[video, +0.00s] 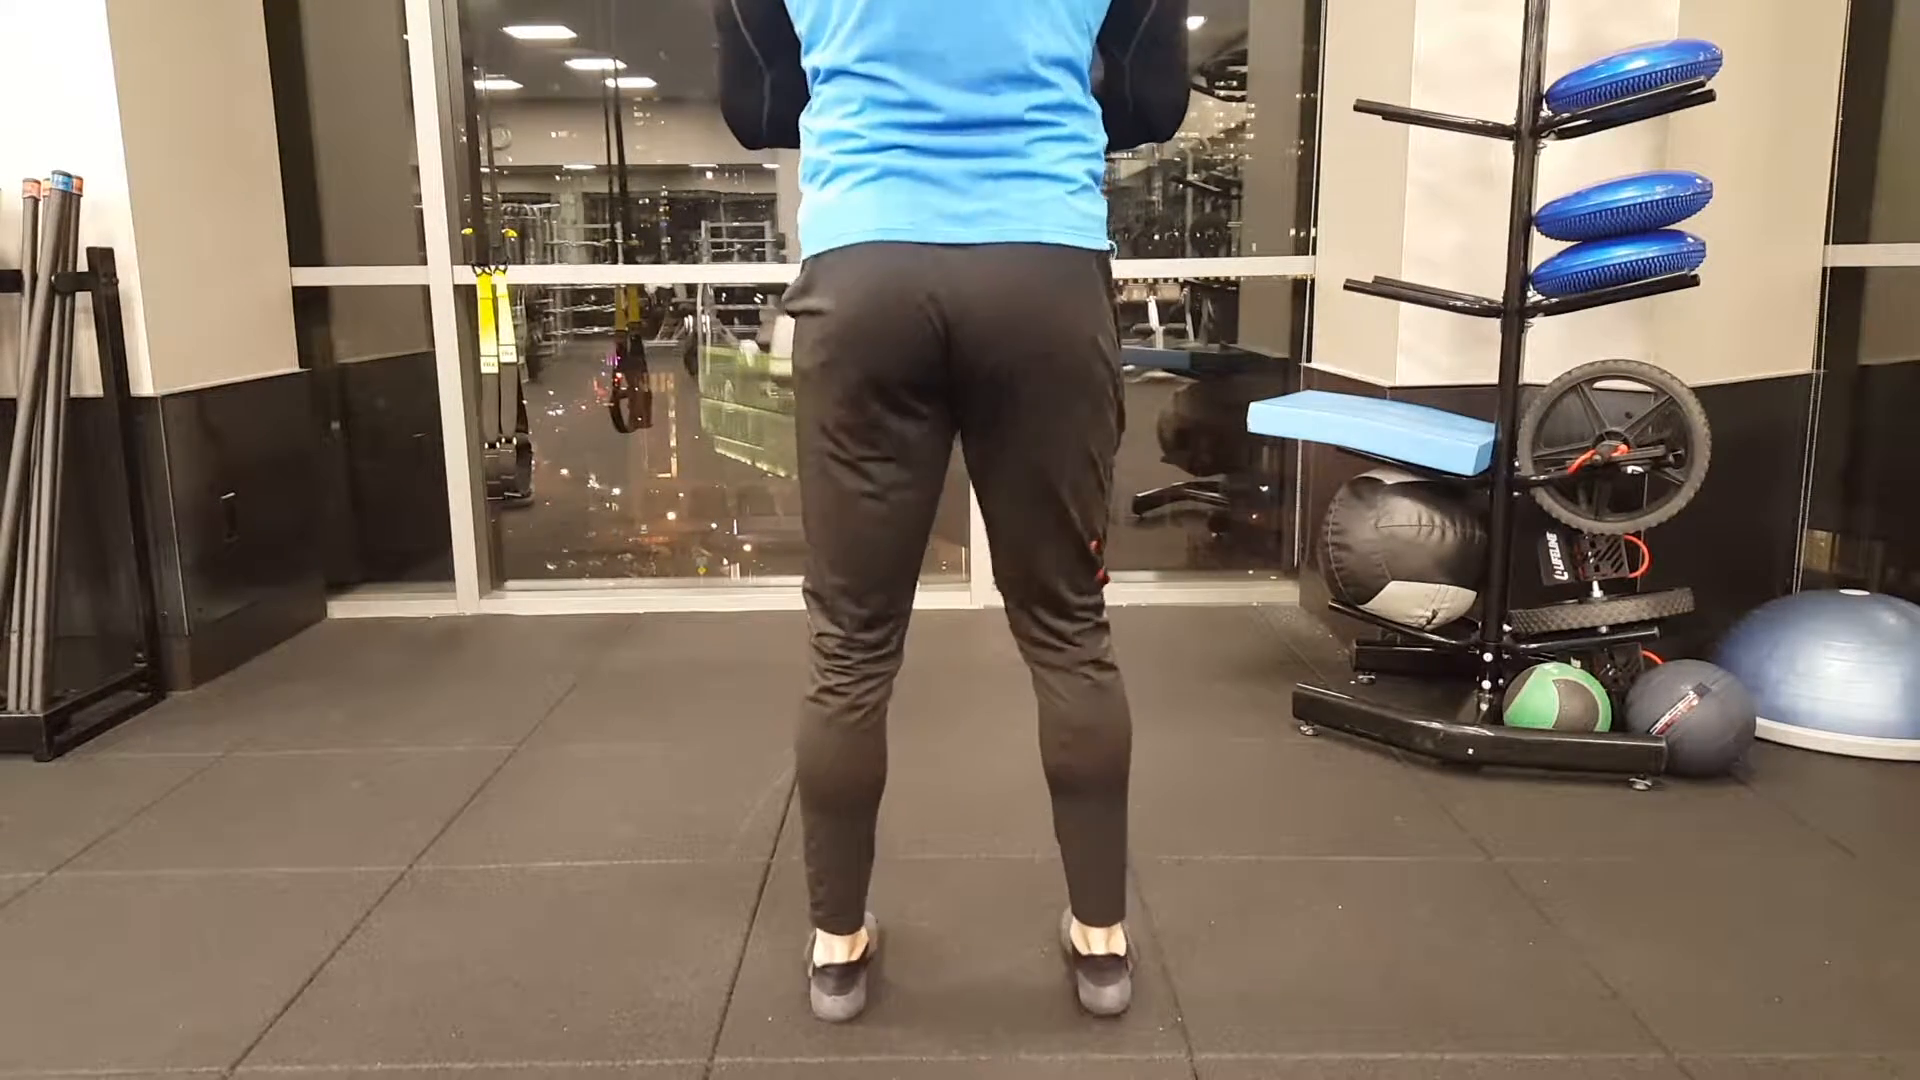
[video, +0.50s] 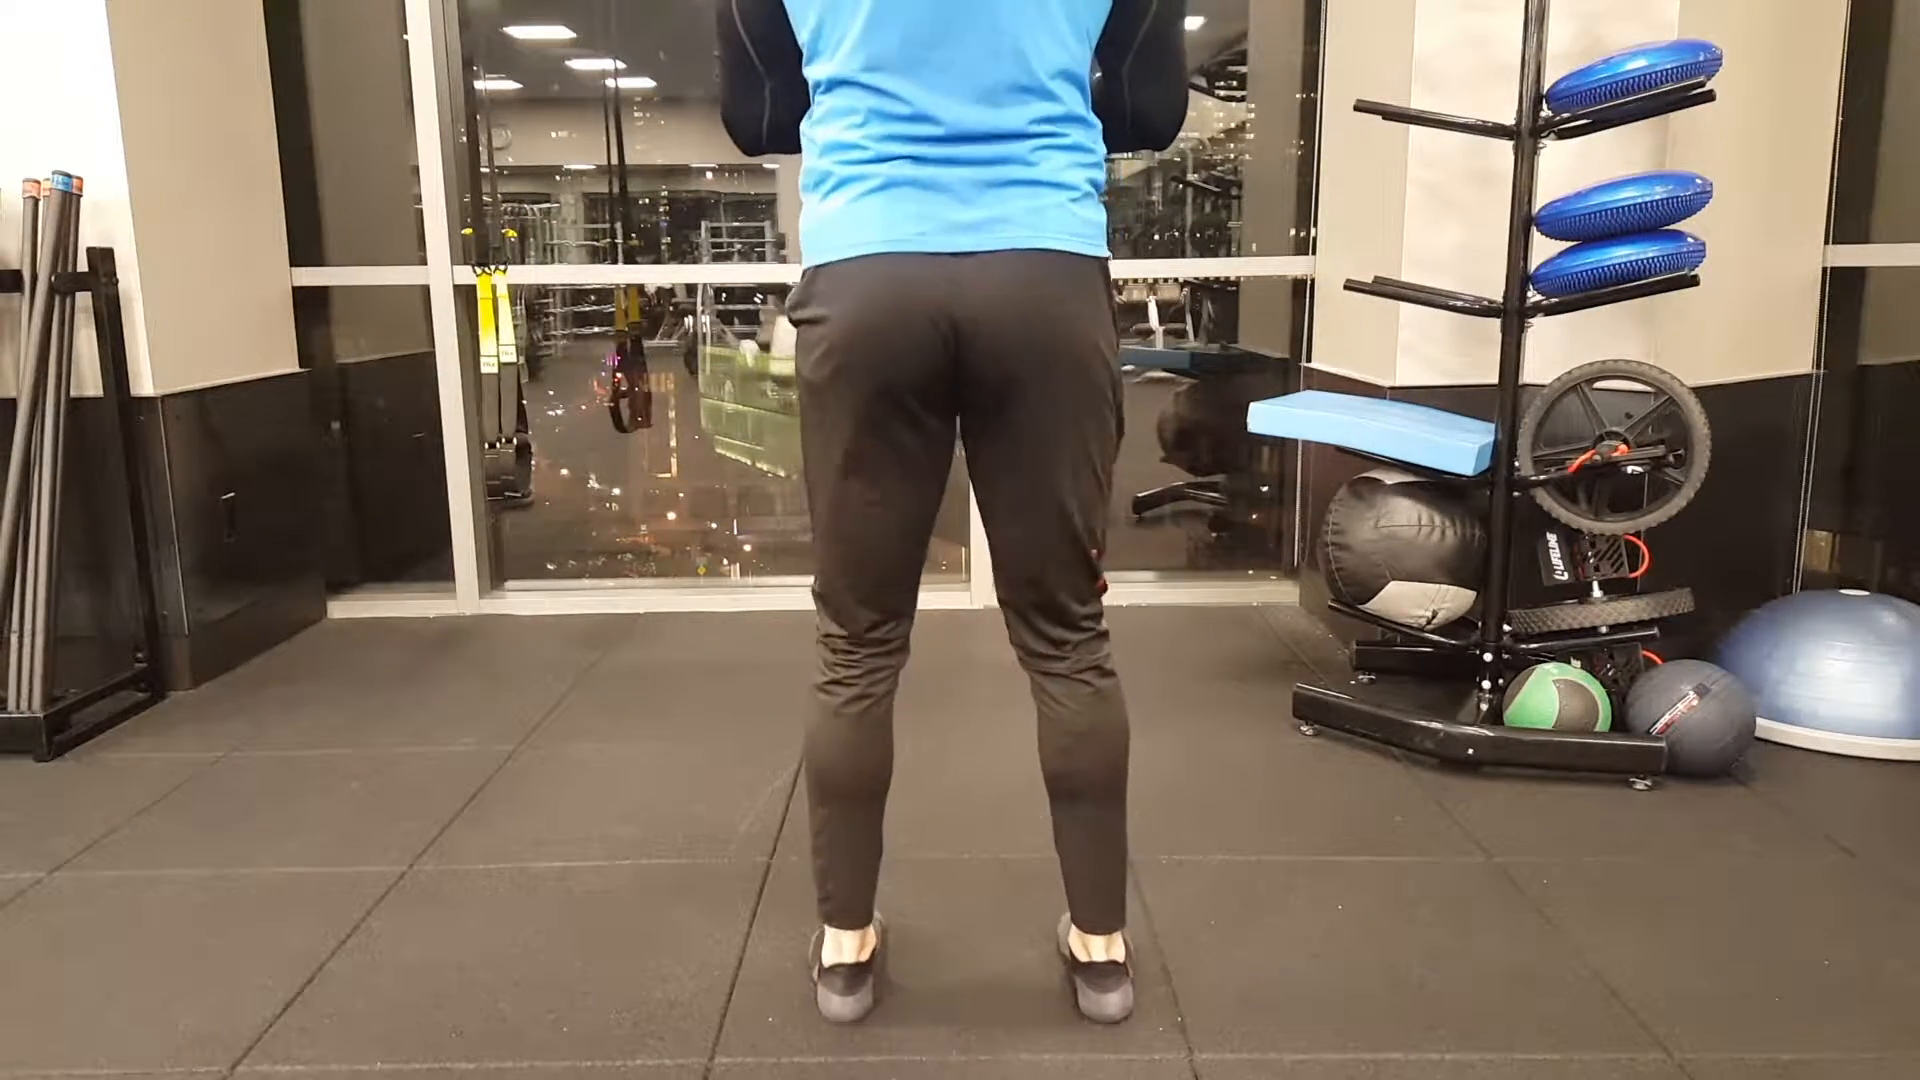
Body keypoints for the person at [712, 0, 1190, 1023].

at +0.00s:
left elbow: (757, 111)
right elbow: (1150, 104)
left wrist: (883, 91)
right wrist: (1024, 118)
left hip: (862, 258)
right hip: (1043, 262)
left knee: (851, 643)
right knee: (1067, 624)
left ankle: (837, 953)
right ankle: (1101, 947)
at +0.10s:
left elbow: (768, 111)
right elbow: (1159, 112)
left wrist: (898, 97)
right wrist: (1030, 111)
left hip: (876, 267)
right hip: (1057, 267)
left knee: (858, 637)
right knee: (1073, 632)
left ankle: (840, 946)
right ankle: (1103, 949)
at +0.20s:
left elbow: (774, 115)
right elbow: (1161, 117)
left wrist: (914, 100)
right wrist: (1029, 110)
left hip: (882, 271)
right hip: (1063, 267)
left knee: (861, 627)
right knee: (1073, 630)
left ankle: (847, 943)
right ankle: (1101, 949)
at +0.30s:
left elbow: (766, 118)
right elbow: (1154, 114)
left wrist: (891, 84)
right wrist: (1034, 101)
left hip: (875, 273)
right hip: (1055, 268)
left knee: (859, 644)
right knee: (1072, 631)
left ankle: (846, 955)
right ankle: (1103, 952)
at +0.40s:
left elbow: (758, 120)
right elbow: (1147, 111)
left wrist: (889, 97)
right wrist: (1020, 101)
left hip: (867, 268)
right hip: (1047, 268)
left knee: (857, 642)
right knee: (1063, 621)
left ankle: (845, 952)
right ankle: (1099, 947)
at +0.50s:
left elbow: (758, 119)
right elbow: (1149, 113)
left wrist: (880, 85)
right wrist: (1022, 93)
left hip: (866, 273)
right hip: (1046, 272)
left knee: (856, 642)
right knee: (1066, 631)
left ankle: (845, 952)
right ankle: (1102, 954)